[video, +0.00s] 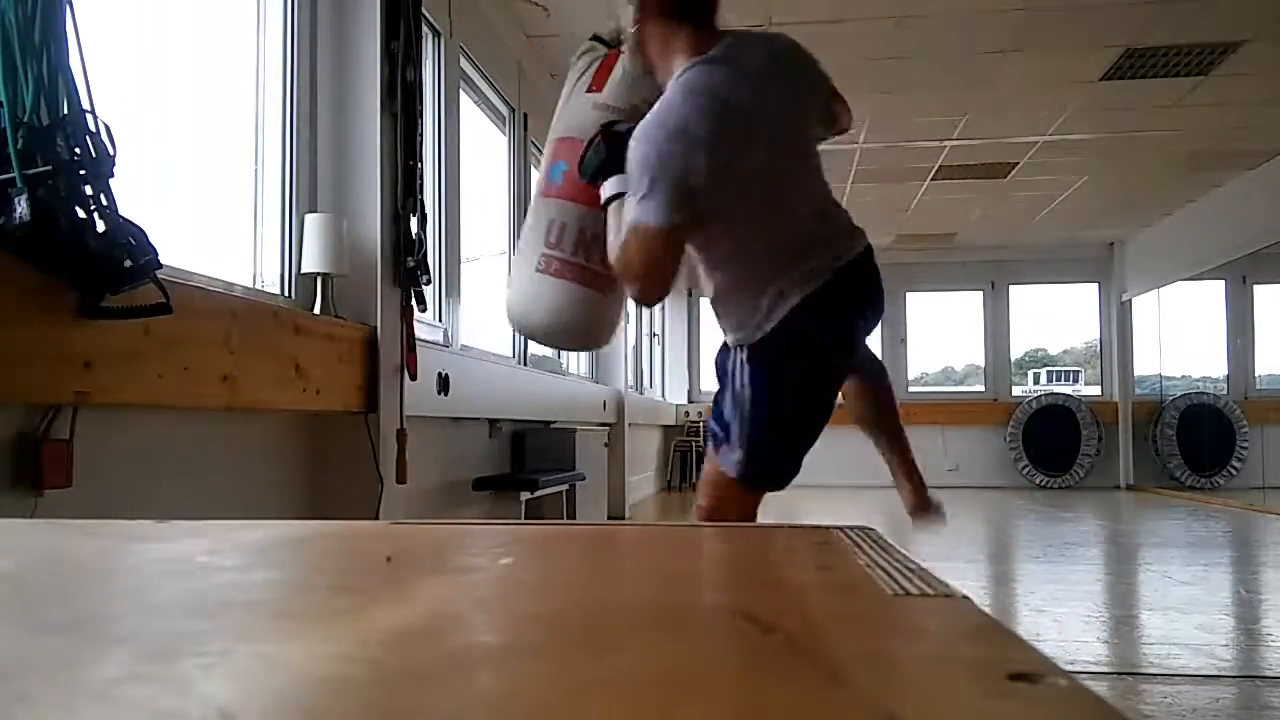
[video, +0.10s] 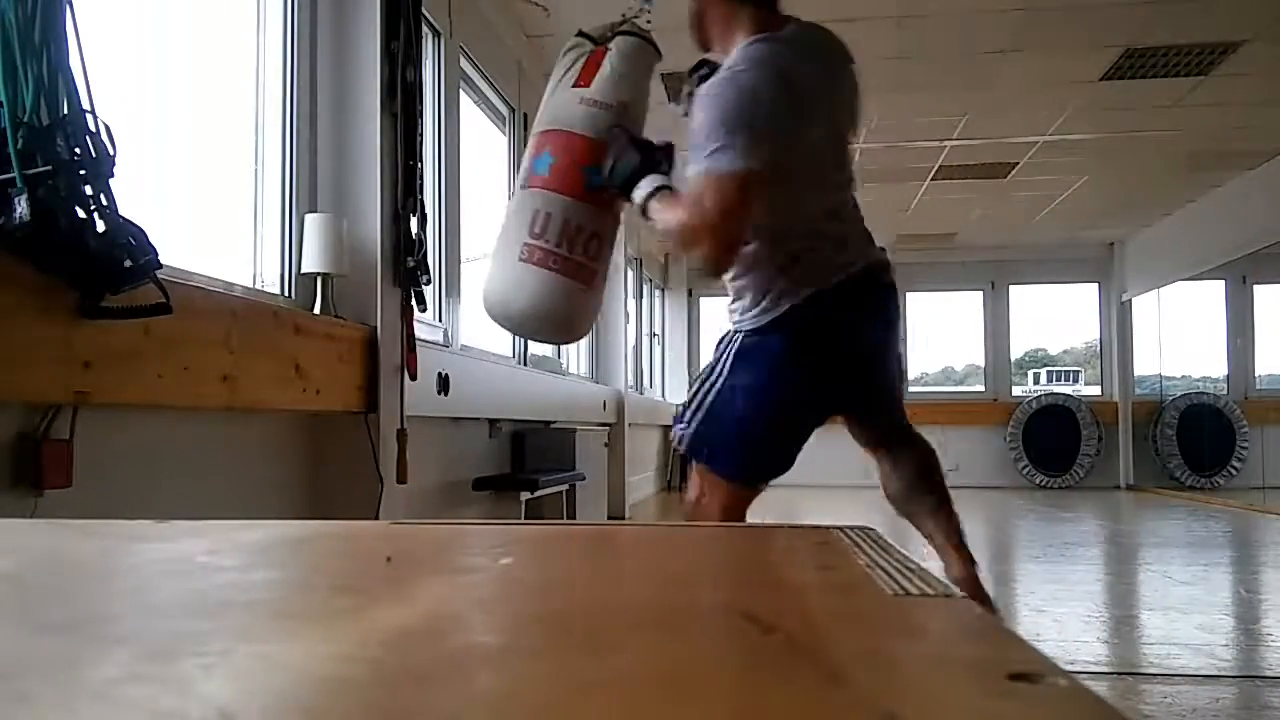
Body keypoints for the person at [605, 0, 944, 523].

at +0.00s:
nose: (633, 35)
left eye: (635, 20)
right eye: (635, 21)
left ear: (651, 19)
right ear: (708, 12)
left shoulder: (666, 133)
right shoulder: (773, 52)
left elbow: (645, 282)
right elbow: (835, 117)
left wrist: (612, 187)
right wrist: (755, 138)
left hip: (777, 332)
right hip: (853, 277)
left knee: (722, 510)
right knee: (850, 355)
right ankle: (915, 493)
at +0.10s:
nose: (689, 14)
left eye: (694, 3)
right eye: (693, 4)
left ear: (712, 7)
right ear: (769, 1)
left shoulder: (732, 90)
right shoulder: (824, 50)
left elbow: (707, 239)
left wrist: (643, 181)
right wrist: (710, 88)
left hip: (783, 325)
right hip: (864, 296)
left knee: (710, 506)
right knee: (888, 435)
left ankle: (709, 670)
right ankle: (965, 575)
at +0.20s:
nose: (752, 9)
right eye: (756, 0)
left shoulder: (807, 58)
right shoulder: (875, 54)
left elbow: (811, 198)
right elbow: (851, 167)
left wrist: (706, 206)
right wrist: (761, 114)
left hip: (809, 322)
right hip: (886, 312)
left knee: (723, 511)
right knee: (927, 491)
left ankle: (716, 692)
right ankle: (1049, 644)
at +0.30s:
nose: (824, 18)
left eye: (829, 8)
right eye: (829, 10)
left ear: (850, 1)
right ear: (901, 2)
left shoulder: (880, 48)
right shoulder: (950, 61)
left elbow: (909, 168)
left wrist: (797, 205)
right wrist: (813, 167)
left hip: (859, 325)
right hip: (943, 324)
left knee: (767, 528)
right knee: (994, 525)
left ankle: (741, 700)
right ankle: (1094, 695)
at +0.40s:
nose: (881, 12)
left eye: (885, 6)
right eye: (883, 9)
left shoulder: (918, 42)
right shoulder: (1034, 69)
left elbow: (905, 170)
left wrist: (806, 166)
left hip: (922, 338)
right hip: (1023, 339)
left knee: (804, 540)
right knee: (1056, 552)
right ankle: (1122, 719)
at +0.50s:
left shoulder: (938, 1)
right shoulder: (1090, 27)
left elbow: (847, 109)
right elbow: (1068, 156)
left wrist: (802, 115)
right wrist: (932, 121)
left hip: (963, 284)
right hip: (1075, 286)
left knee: (847, 498)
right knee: (1089, 530)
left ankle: (870, 703)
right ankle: (1132, 716)